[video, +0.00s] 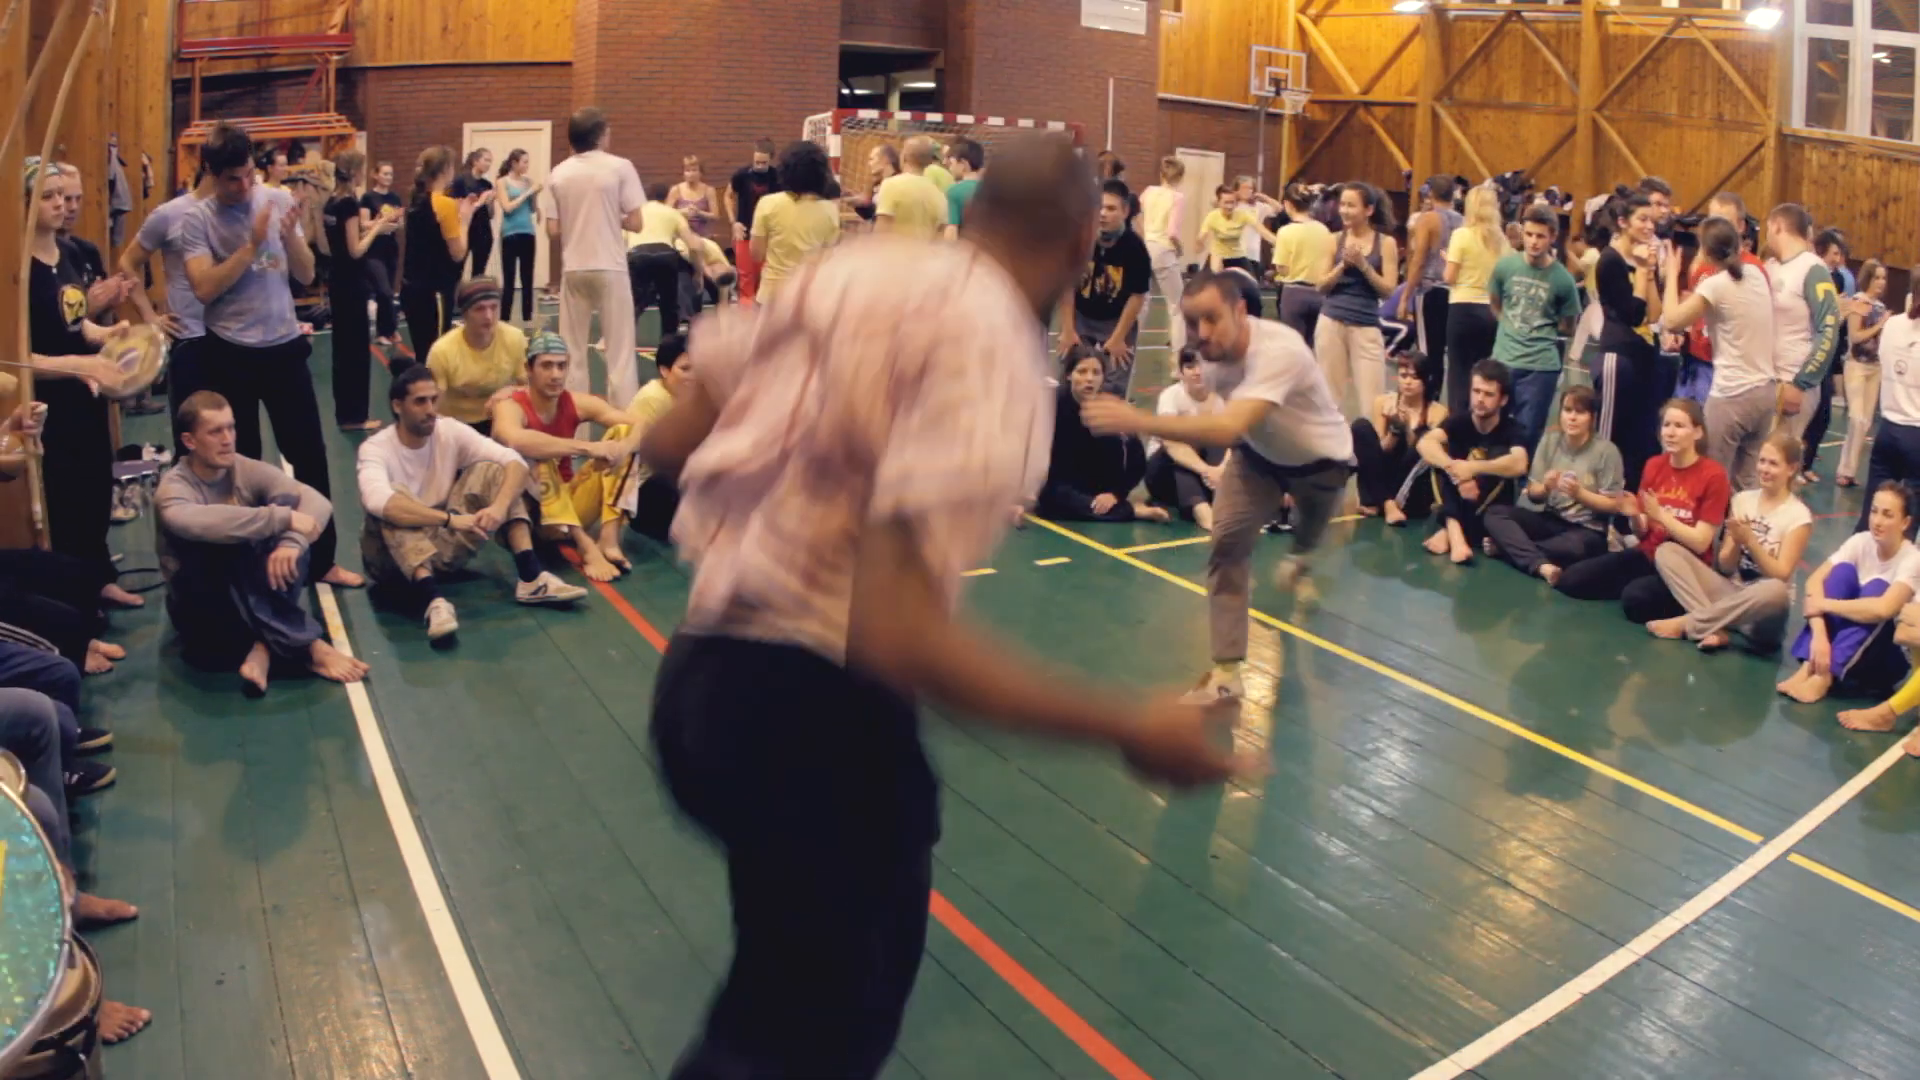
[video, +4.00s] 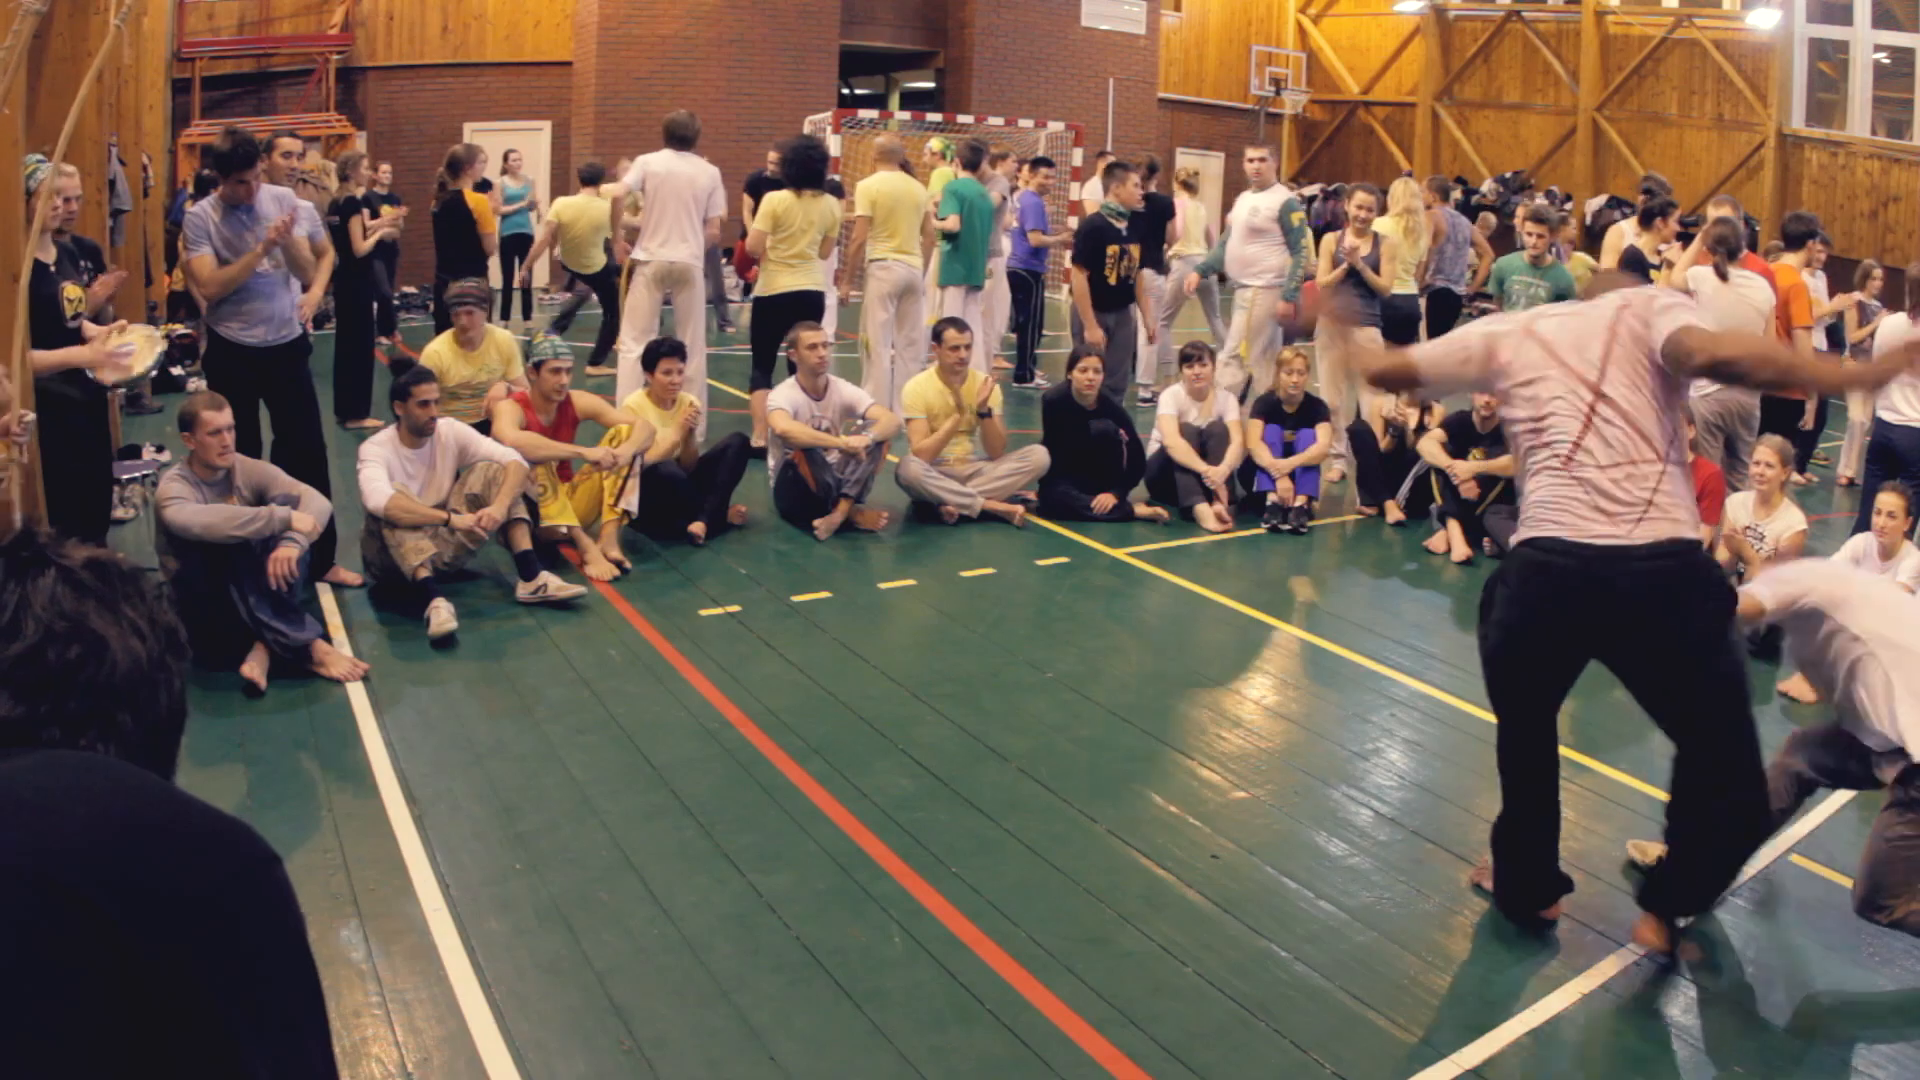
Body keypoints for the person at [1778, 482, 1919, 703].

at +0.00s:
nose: (1877, 521)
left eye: (1887, 515)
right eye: (1874, 512)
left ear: (1905, 523)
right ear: (1868, 512)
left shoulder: (1912, 559)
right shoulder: (1860, 542)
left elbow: (1885, 609)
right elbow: (1814, 581)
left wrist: (1822, 604)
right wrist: (1820, 638)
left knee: (1876, 586)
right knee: (1843, 571)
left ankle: (1824, 676)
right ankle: (1807, 666)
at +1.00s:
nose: (1876, 521)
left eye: (1886, 515)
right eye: (1874, 512)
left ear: (1905, 524)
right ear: (1868, 512)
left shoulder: (1912, 559)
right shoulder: (1860, 542)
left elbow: (1885, 610)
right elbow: (1814, 581)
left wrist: (1823, 604)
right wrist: (1820, 638)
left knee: (1877, 587)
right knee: (1843, 571)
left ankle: (1823, 676)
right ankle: (1808, 666)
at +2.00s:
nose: (1876, 522)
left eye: (1886, 516)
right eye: (1874, 512)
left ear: (1905, 524)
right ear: (1869, 513)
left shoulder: (1912, 559)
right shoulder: (1860, 542)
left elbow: (1885, 610)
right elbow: (1815, 581)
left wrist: (1823, 604)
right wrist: (1820, 638)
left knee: (1877, 587)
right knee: (1843, 572)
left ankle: (1824, 676)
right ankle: (1807, 666)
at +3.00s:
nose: (1875, 521)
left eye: (1885, 516)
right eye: (1873, 513)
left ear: (1905, 525)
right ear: (1869, 513)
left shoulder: (1912, 559)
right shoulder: (1860, 542)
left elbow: (1886, 610)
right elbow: (1815, 581)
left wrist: (1823, 604)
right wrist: (1820, 638)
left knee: (1877, 587)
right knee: (1844, 572)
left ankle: (1823, 676)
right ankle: (1807, 666)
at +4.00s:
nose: (1881, 523)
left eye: (1891, 516)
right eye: (1877, 513)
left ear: (1907, 524)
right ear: (1871, 515)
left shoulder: (1913, 560)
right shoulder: (1860, 543)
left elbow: (1890, 605)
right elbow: (1826, 575)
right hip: (1853, 620)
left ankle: (1817, 678)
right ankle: (1809, 673)